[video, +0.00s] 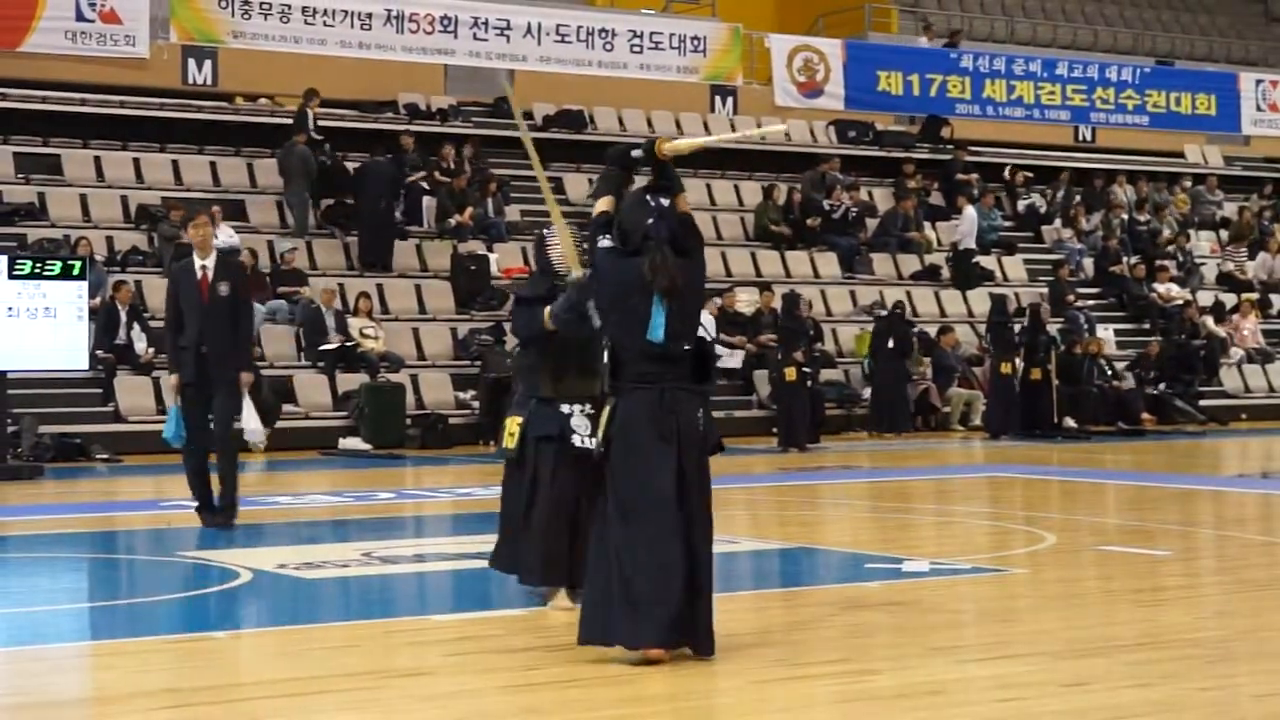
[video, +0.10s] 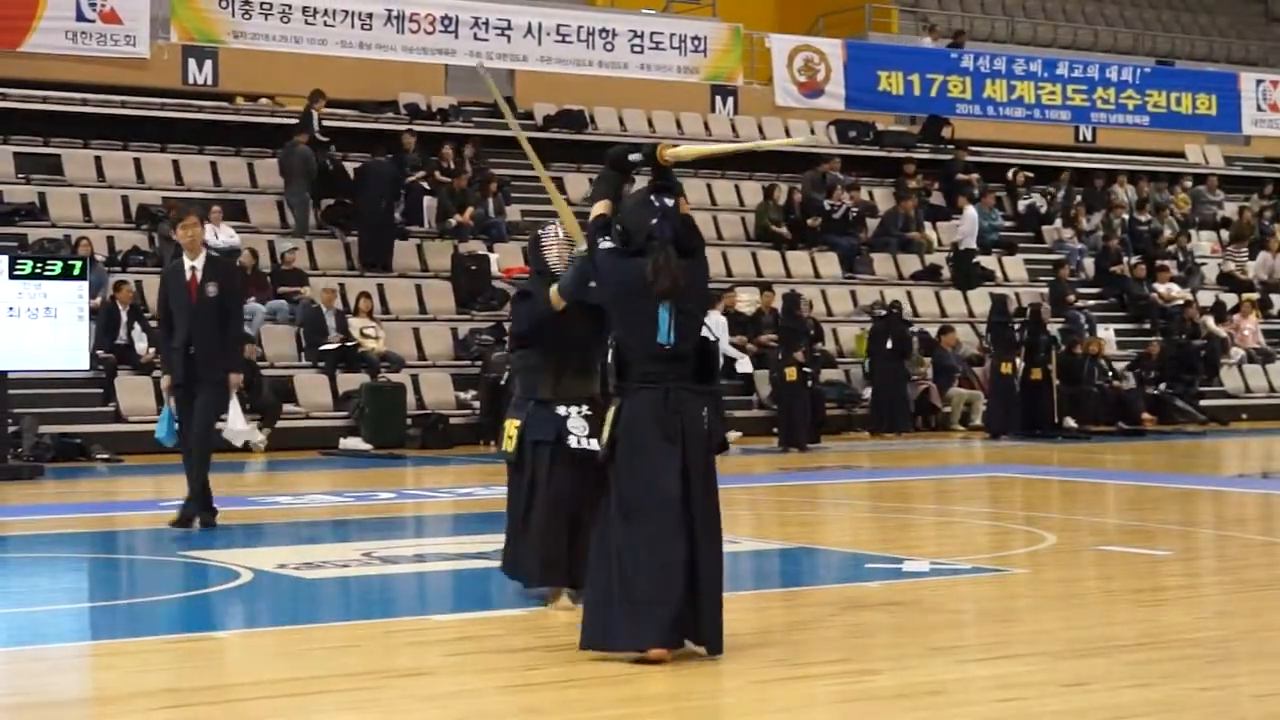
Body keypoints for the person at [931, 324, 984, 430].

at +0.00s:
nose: (955, 338)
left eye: (954, 335)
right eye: (951, 335)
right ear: (942, 337)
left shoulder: (951, 353)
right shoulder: (938, 353)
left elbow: (962, 364)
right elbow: (951, 367)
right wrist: (960, 368)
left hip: (954, 387)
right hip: (941, 389)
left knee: (977, 395)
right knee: (960, 394)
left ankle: (975, 421)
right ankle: (953, 423)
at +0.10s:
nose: (955, 338)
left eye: (955, 335)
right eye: (952, 335)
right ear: (942, 337)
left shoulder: (952, 353)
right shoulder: (939, 353)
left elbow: (963, 364)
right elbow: (950, 366)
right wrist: (960, 368)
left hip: (954, 387)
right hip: (941, 388)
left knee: (978, 395)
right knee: (960, 394)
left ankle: (975, 421)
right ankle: (954, 423)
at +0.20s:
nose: (956, 338)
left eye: (955, 335)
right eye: (952, 335)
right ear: (943, 337)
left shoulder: (952, 353)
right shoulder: (939, 352)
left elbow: (964, 364)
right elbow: (951, 367)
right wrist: (960, 368)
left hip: (954, 387)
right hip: (942, 389)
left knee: (978, 395)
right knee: (961, 394)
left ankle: (975, 421)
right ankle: (955, 423)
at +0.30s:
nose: (956, 338)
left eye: (955, 335)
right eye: (953, 335)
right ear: (944, 337)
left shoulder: (952, 352)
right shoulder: (939, 352)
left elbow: (964, 364)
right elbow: (950, 366)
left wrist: (956, 367)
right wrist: (961, 367)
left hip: (955, 387)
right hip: (943, 388)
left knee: (979, 395)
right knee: (962, 393)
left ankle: (976, 421)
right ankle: (955, 423)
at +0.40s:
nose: (957, 338)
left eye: (956, 335)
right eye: (954, 335)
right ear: (945, 337)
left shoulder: (954, 352)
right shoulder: (940, 352)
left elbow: (965, 364)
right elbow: (950, 366)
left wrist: (958, 367)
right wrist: (962, 367)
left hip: (956, 387)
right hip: (944, 388)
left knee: (980, 395)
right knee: (962, 393)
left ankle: (976, 420)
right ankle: (955, 422)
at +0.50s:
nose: (957, 338)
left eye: (956, 335)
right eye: (954, 335)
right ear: (945, 337)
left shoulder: (954, 352)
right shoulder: (940, 352)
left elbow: (966, 364)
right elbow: (951, 366)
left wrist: (958, 367)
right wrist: (962, 367)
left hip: (957, 387)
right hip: (944, 388)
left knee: (980, 395)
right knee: (963, 393)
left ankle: (977, 420)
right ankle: (956, 423)